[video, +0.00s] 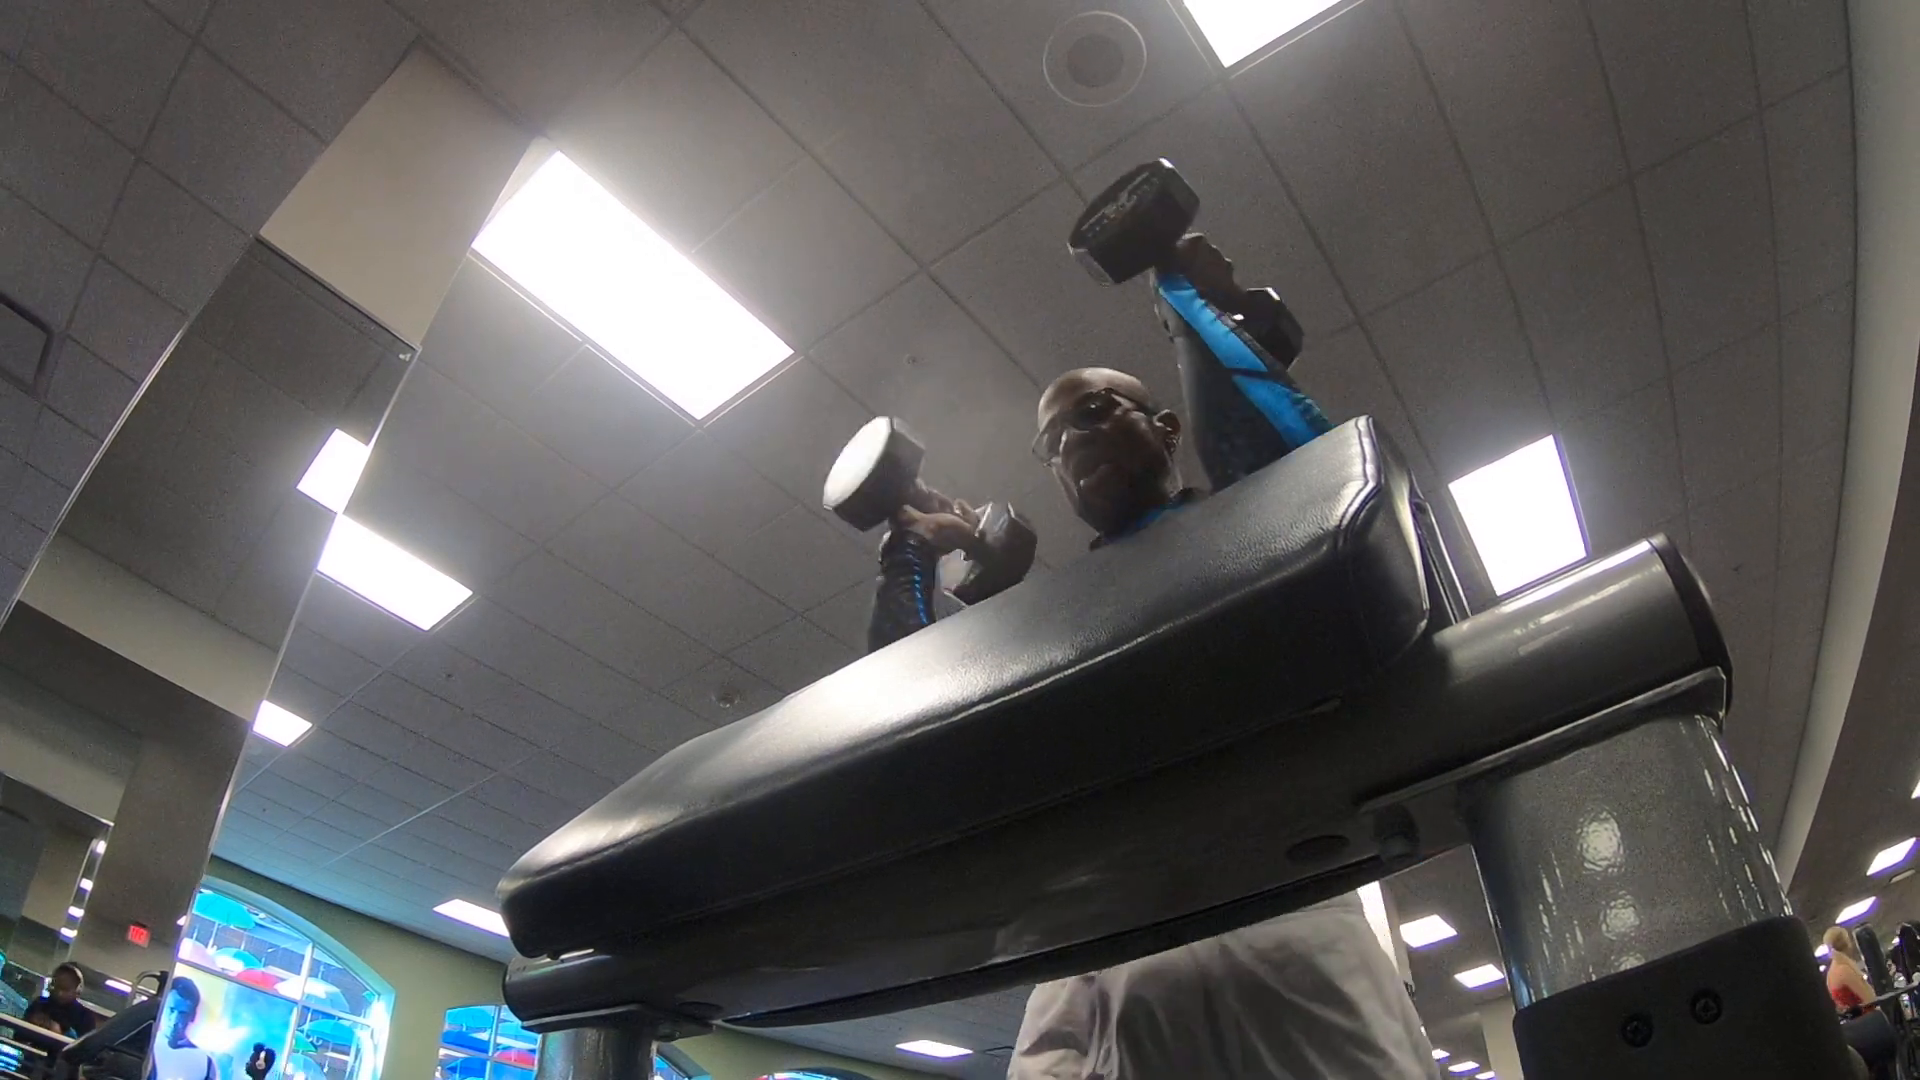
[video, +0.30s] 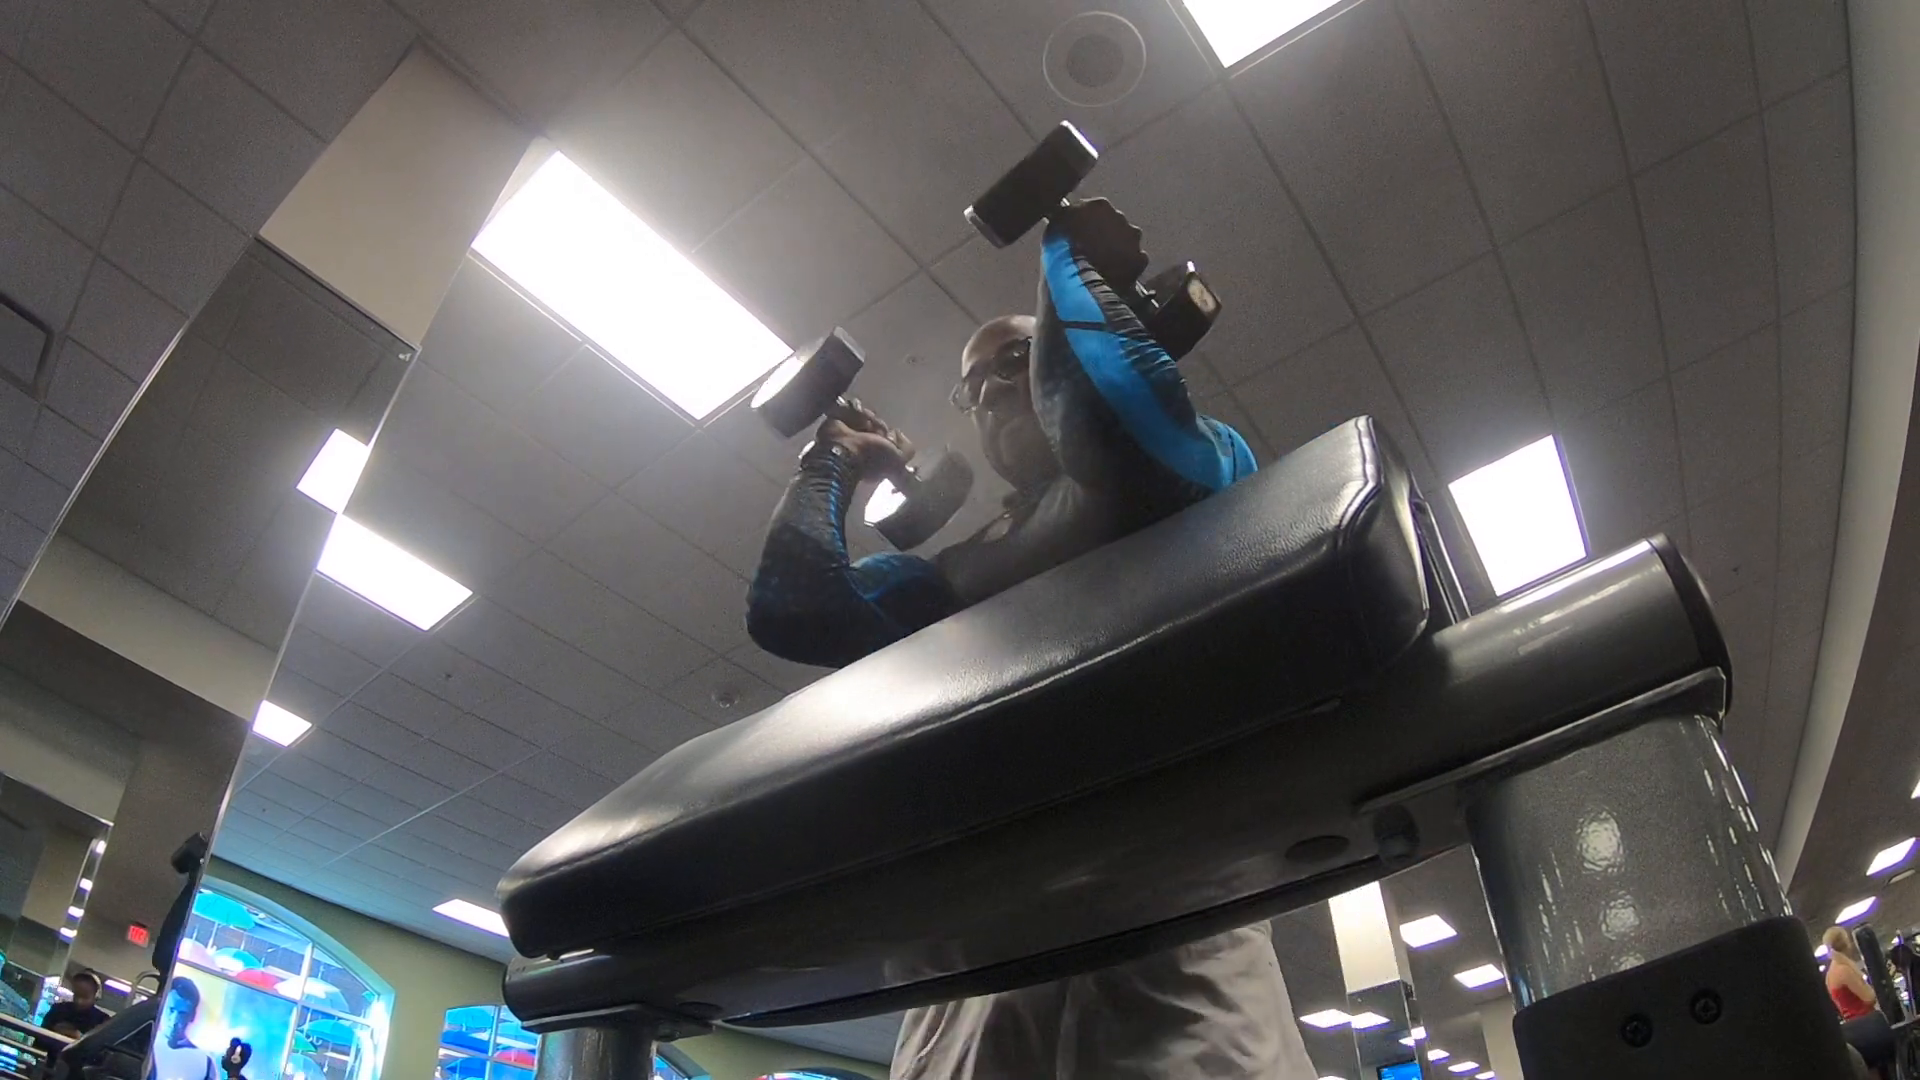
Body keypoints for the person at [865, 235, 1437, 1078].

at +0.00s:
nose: (1072, 439)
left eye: (1096, 413)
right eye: (1055, 443)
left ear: (1166, 430)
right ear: (1059, 490)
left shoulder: (1251, 525)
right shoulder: (1044, 613)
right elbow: (902, 701)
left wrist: (1196, 297)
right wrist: (905, 553)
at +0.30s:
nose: (997, 389)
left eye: (1022, 363)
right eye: (979, 381)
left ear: (1073, 377)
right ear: (970, 430)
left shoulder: (1189, 485)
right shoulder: (957, 574)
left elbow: (1116, 445)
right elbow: (786, 611)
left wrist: (1075, 261)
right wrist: (832, 468)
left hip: (1183, 955)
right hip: (976, 980)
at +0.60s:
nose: (959, 349)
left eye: (980, 318)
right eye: (937, 341)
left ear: (1046, 329)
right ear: (932, 385)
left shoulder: (1178, 452)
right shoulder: (940, 550)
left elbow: (1076, 445)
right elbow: (780, 611)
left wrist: (1041, 254)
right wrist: (783, 420)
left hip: (1196, 947)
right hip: (983, 984)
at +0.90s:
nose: (930, 328)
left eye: (954, 302)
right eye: (915, 316)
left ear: (1017, 314)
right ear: (921, 367)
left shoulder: (1189, 425)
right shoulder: (934, 558)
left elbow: (1080, 508)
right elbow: (790, 662)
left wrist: (1013, 243)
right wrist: (749, 425)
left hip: (1243, 945)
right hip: (1039, 999)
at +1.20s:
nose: (965, 333)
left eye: (997, 298)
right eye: (940, 318)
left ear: (1053, 331)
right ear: (905, 384)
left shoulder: (1190, 427)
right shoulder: (920, 574)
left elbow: (1040, 519)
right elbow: (748, 677)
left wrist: (913, 196)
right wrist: (666, 391)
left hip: (1258, 983)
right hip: (1051, 1026)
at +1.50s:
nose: (852, 275)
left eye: (888, 239)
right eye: (823, 265)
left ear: (978, 270)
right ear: (807, 322)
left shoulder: (1120, 369)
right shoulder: (838, 538)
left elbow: (1016, 538)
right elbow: (719, 692)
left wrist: (744, 191)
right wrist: (509, 428)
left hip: (1199, 960)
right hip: (964, 1021)